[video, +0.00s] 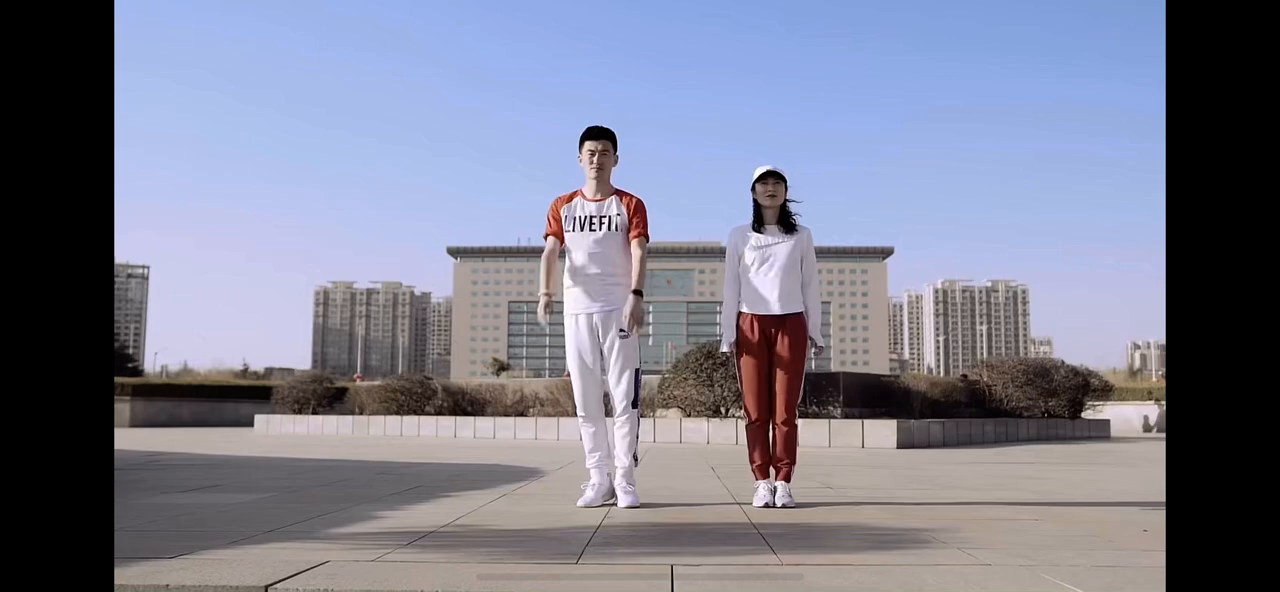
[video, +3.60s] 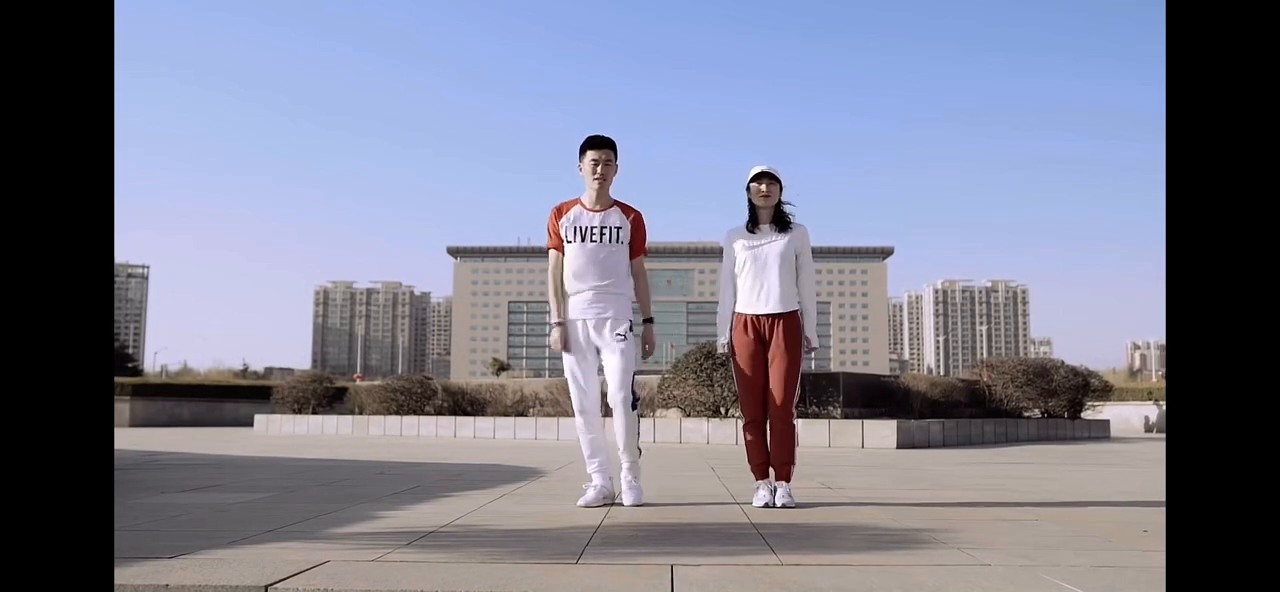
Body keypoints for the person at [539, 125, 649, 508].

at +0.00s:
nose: (597, 158)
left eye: (604, 152)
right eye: (590, 152)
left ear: (614, 159)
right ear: (580, 159)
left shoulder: (630, 204)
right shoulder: (562, 206)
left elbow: (639, 249)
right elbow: (551, 251)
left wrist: (636, 295)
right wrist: (545, 291)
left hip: (619, 310)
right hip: (578, 313)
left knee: (624, 400)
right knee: (586, 402)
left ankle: (624, 481)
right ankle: (598, 480)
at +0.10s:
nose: (596, 158)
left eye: (604, 152)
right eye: (590, 152)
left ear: (614, 159)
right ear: (580, 159)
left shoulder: (629, 202)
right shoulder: (562, 204)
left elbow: (635, 238)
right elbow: (552, 235)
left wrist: (623, 262)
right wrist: (555, 257)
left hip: (618, 310)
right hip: (578, 312)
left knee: (624, 400)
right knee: (586, 402)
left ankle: (624, 482)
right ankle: (598, 480)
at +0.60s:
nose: (602, 161)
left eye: (609, 156)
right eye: (595, 155)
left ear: (618, 163)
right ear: (583, 162)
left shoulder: (632, 210)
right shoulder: (564, 209)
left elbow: (640, 265)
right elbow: (554, 263)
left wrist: (642, 314)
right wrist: (551, 313)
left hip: (619, 314)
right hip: (578, 316)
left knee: (623, 405)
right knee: (588, 406)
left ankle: (625, 482)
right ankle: (599, 482)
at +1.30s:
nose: (601, 163)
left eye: (607, 158)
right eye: (594, 158)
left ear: (617, 165)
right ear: (583, 165)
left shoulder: (634, 210)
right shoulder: (565, 212)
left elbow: (644, 246)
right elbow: (554, 256)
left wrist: (644, 280)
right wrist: (549, 295)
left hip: (621, 316)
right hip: (580, 317)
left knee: (623, 404)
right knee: (588, 405)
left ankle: (624, 482)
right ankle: (599, 482)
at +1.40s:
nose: (601, 161)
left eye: (608, 156)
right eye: (595, 156)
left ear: (618, 164)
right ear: (584, 164)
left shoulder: (633, 208)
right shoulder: (566, 209)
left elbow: (642, 232)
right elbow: (554, 243)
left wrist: (634, 248)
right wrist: (554, 266)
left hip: (620, 313)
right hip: (579, 314)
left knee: (623, 402)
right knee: (588, 404)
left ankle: (624, 483)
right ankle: (598, 483)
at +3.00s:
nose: (601, 169)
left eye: (608, 163)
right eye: (594, 163)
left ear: (616, 169)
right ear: (582, 169)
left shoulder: (630, 214)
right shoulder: (563, 215)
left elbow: (641, 260)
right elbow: (551, 259)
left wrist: (644, 306)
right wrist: (574, 272)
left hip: (617, 313)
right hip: (576, 315)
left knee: (620, 398)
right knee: (587, 402)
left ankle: (630, 481)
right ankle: (600, 482)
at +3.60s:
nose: (601, 169)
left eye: (608, 163)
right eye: (594, 162)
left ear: (616, 169)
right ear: (581, 168)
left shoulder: (630, 217)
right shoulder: (561, 214)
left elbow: (638, 271)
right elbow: (554, 272)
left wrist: (648, 321)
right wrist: (557, 321)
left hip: (618, 314)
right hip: (576, 316)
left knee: (620, 397)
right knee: (584, 405)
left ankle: (630, 478)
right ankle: (599, 482)